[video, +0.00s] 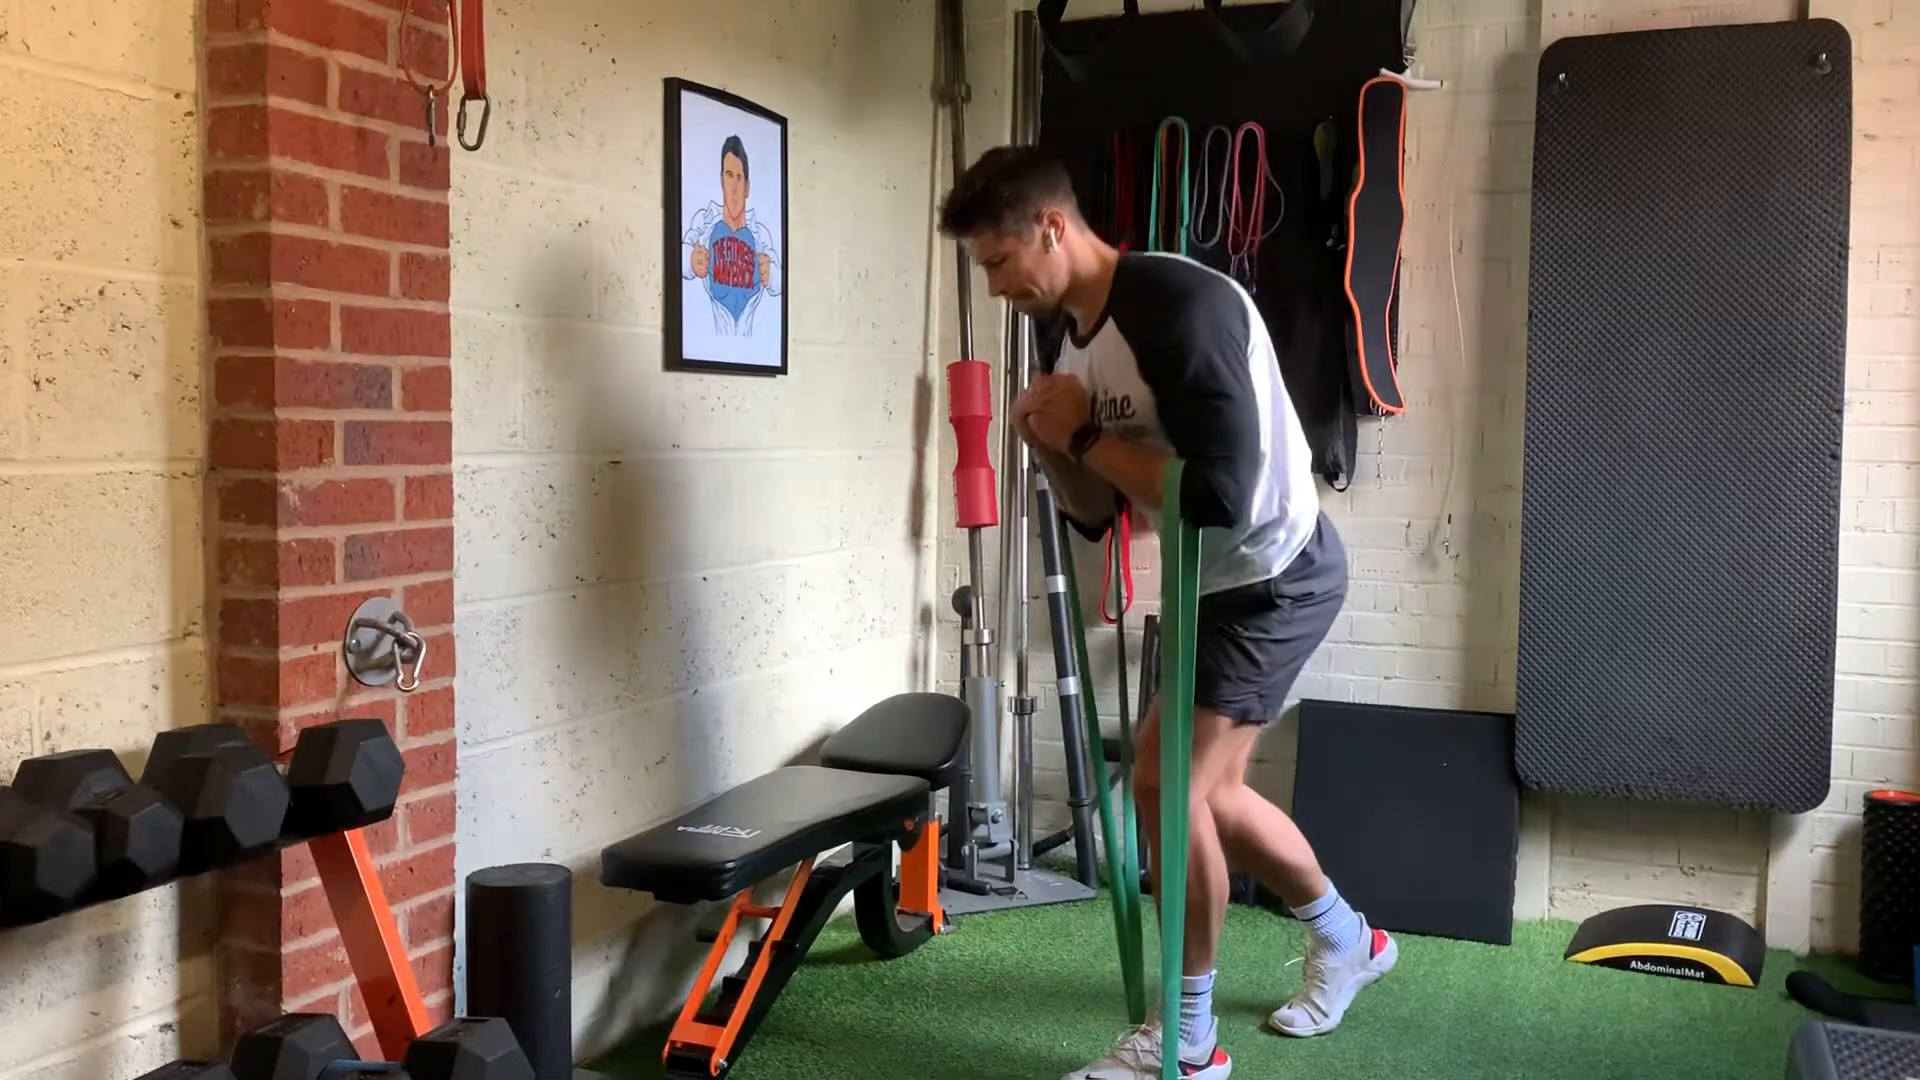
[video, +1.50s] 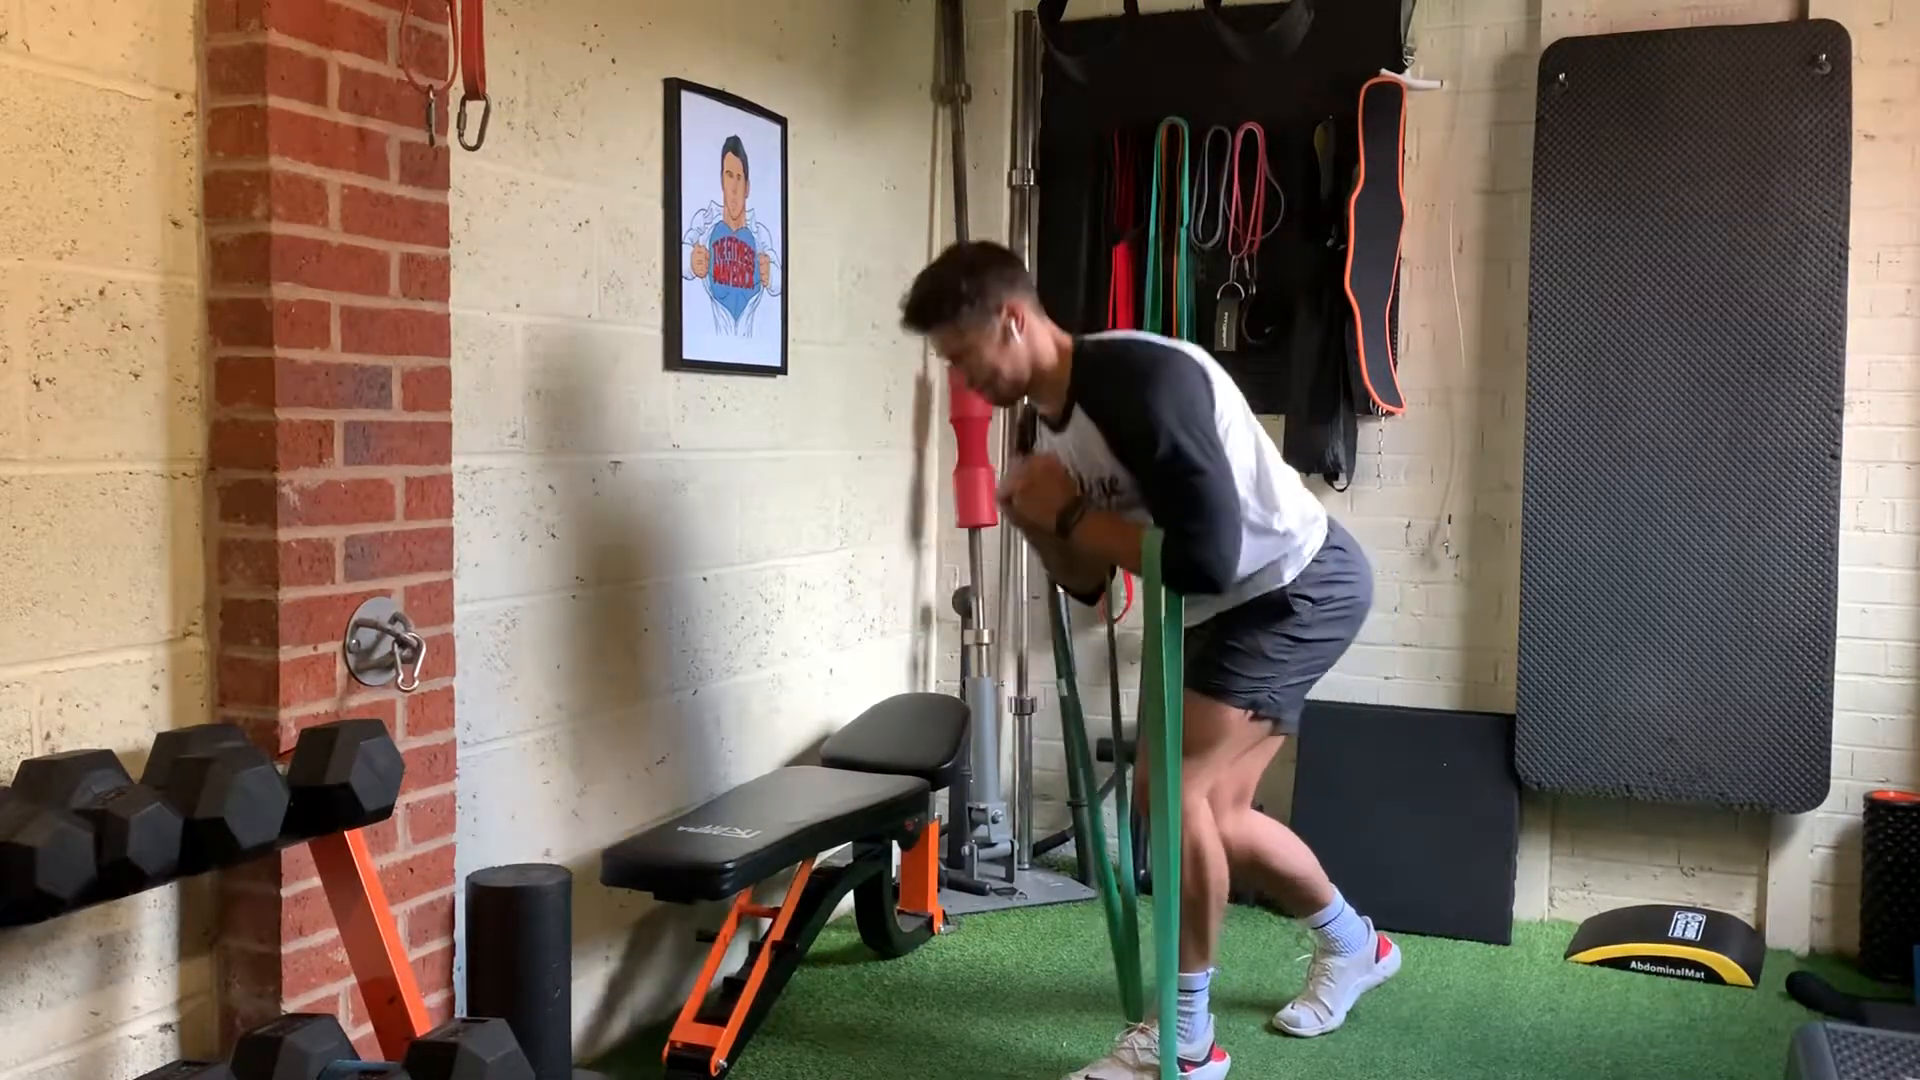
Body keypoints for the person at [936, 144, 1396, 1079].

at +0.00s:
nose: (995, 286)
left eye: (1001, 262)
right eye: (985, 268)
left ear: (1054, 228)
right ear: (1045, 236)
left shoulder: (1184, 308)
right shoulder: (1067, 333)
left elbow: (1222, 498)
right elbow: (1101, 512)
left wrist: (1084, 441)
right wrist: (1053, 448)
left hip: (1278, 574)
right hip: (1205, 576)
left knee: (1162, 778)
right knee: (1211, 789)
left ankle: (1188, 1034)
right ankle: (1348, 936)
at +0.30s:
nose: (946, 430)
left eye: (948, 406)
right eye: (936, 413)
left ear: (1003, 370)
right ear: (999, 374)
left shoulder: (1146, 417)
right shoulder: (1033, 457)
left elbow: (1214, 590)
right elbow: (1095, 612)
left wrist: (1075, 551)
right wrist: (1040, 565)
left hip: (1310, 586)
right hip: (1236, 595)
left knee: (1191, 795)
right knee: (1210, 807)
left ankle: (1187, 1037)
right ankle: (1350, 940)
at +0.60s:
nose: (924, 548)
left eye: (927, 527)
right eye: (915, 531)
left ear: (979, 496)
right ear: (981, 498)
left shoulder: (1129, 517)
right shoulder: (1021, 545)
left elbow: (1211, 685)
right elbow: (1095, 694)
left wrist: (1071, 651)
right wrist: (1040, 663)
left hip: (1325, 593)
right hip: (1251, 604)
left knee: (1197, 795)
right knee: (1214, 812)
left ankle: (1187, 1038)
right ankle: (1356, 943)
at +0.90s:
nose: (926, 635)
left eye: (924, 616)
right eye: (916, 620)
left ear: (975, 581)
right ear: (977, 577)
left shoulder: (1126, 582)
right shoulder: (1022, 613)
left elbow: (1217, 748)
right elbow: (1115, 734)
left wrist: (1079, 717)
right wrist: (1047, 728)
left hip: (1335, 597)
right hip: (1265, 602)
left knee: (1202, 803)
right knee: (1215, 816)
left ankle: (1185, 1041)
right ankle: (1354, 943)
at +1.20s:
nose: (930, 600)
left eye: (930, 579)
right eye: (920, 584)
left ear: (977, 544)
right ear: (978, 542)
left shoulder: (1132, 555)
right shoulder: (1030, 590)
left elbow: (1221, 722)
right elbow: (1139, 715)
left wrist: (1074, 692)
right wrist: (1056, 701)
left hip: (1335, 595)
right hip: (1267, 606)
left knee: (1201, 799)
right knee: (1214, 821)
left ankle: (1186, 1041)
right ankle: (1357, 944)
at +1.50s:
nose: (960, 379)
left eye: (963, 355)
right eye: (948, 363)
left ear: (1017, 319)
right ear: (1011, 328)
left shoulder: (1144, 384)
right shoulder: (1032, 424)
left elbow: (1208, 561)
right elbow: (1092, 587)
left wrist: (1072, 515)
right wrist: (1041, 523)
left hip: (1300, 581)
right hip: (1226, 595)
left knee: (1173, 788)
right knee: (1221, 818)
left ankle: (1185, 1036)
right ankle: (1356, 943)